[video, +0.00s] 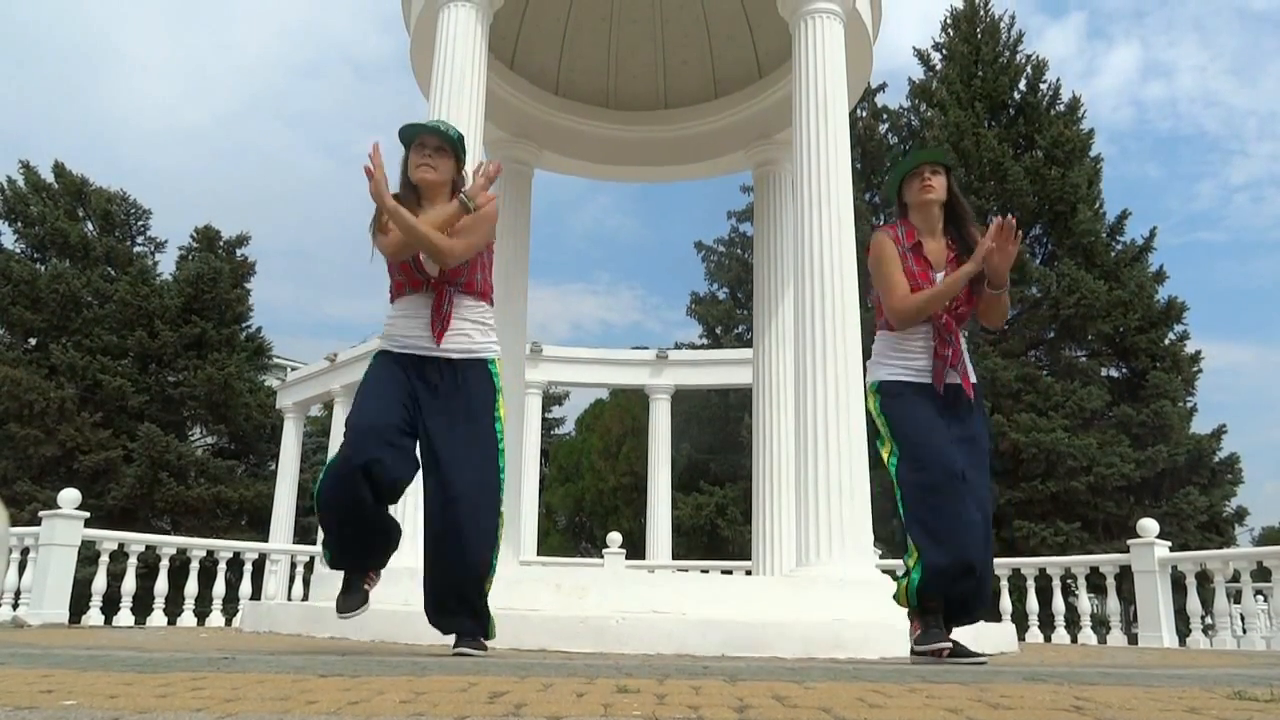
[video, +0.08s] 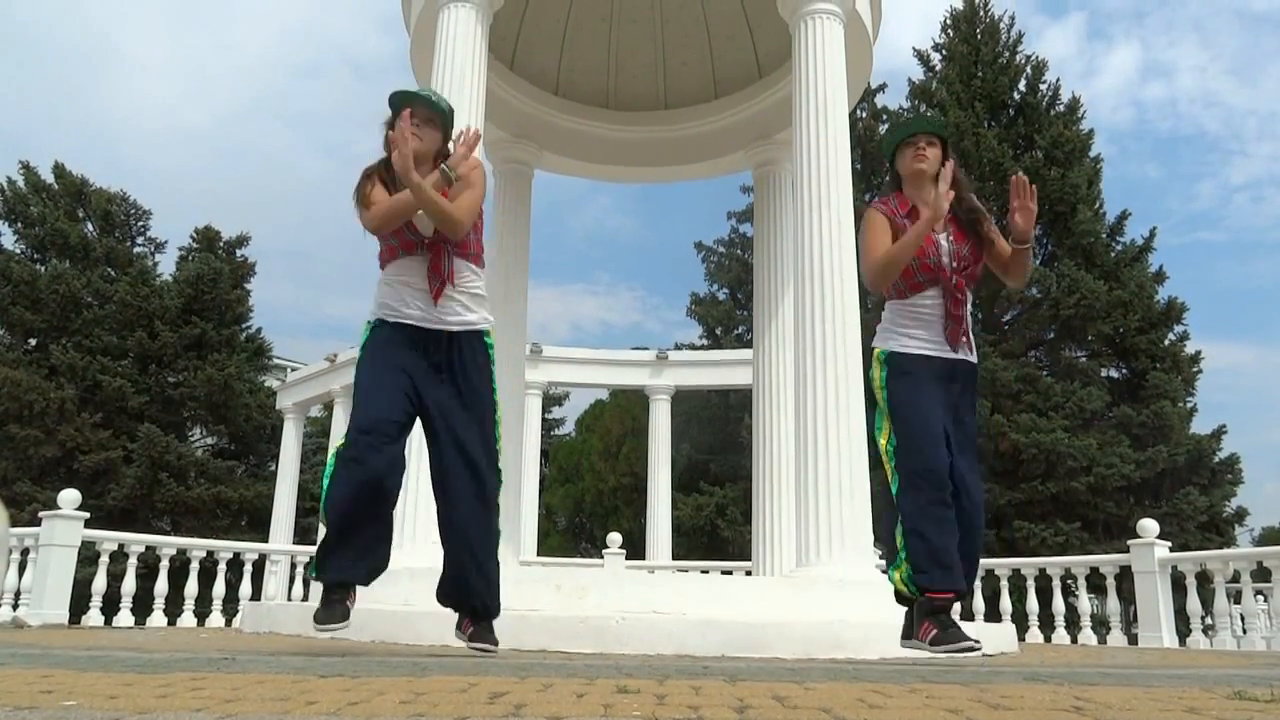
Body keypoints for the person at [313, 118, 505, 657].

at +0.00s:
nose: (426, 157)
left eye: (438, 151)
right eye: (419, 149)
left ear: (459, 166)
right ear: (406, 162)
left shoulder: (484, 208)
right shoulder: (388, 214)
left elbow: (447, 251)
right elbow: (392, 247)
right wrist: (464, 205)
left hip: (466, 365)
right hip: (398, 360)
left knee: (467, 497)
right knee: (355, 469)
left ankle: (467, 628)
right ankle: (365, 554)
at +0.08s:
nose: (412, 131)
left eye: (425, 125)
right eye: (405, 122)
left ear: (444, 138)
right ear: (390, 132)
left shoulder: (469, 170)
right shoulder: (374, 178)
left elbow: (458, 224)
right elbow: (378, 221)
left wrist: (415, 179)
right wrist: (440, 172)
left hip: (463, 341)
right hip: (394, 335)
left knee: (470, 472)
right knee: (369, 452)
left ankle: (474, 610)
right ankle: (339, 583)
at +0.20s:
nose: (401, 115)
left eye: (414, 110)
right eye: (390, 106)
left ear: (427, 124)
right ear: (370, 117)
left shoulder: (454, 164)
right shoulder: (354, 167)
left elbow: (500, 231)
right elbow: (320, 226)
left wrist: (490, 179)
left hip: (452, 339)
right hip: (380, 335)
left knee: (474, 465)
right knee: (359, 464)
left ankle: (483, 588)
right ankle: (315, 608)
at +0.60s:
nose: (406, 126)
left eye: (418, 123)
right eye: (398, 116)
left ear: (433, 139)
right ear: (376, 124)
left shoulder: (441, 188)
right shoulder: (350, 173)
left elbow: (470, 252)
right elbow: (349, 231)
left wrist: (456, 196)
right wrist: (412, 182)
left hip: (424, 351)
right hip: (363, 343)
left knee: (434, 480)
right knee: (372, 471)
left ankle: (405, 612)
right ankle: (318, 625)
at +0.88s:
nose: (428, 165)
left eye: (440, 163)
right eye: (420, 155)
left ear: (451, 183)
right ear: (401, 164)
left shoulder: (452, 242)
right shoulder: (366, 219)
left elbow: (482, 317)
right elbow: (327, 293)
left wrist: (522, 269)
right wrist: (324, 231)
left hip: (431, 382)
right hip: (372, 365)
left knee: (445, 503)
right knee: (362, 483)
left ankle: (397, 627)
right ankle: (317, 628)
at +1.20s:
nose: (453, 203)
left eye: (466, 200)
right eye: (447, 194)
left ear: (476, 216)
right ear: (434, 199)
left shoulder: (477, 269)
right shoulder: (405, 224)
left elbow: (485, 335)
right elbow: (379, 279)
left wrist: (511, 291)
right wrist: (434, 249)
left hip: (450, 388)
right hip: (396, 373)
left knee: (464, 515)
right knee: (374, 494)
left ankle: (404, 634)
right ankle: (319, 625)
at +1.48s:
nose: (477, 230)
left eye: (488, 228)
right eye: (471, 220)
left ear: (493, 247)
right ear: (451, 227)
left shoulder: (486, 305)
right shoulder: (417, 262)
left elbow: (482, 380)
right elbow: (373, 328)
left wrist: (529, 369)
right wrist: (394, 281)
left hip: (454, 417)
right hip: (405, 392)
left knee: (475, 527)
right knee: (386, 501)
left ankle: (403, 637)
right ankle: (322, 625)